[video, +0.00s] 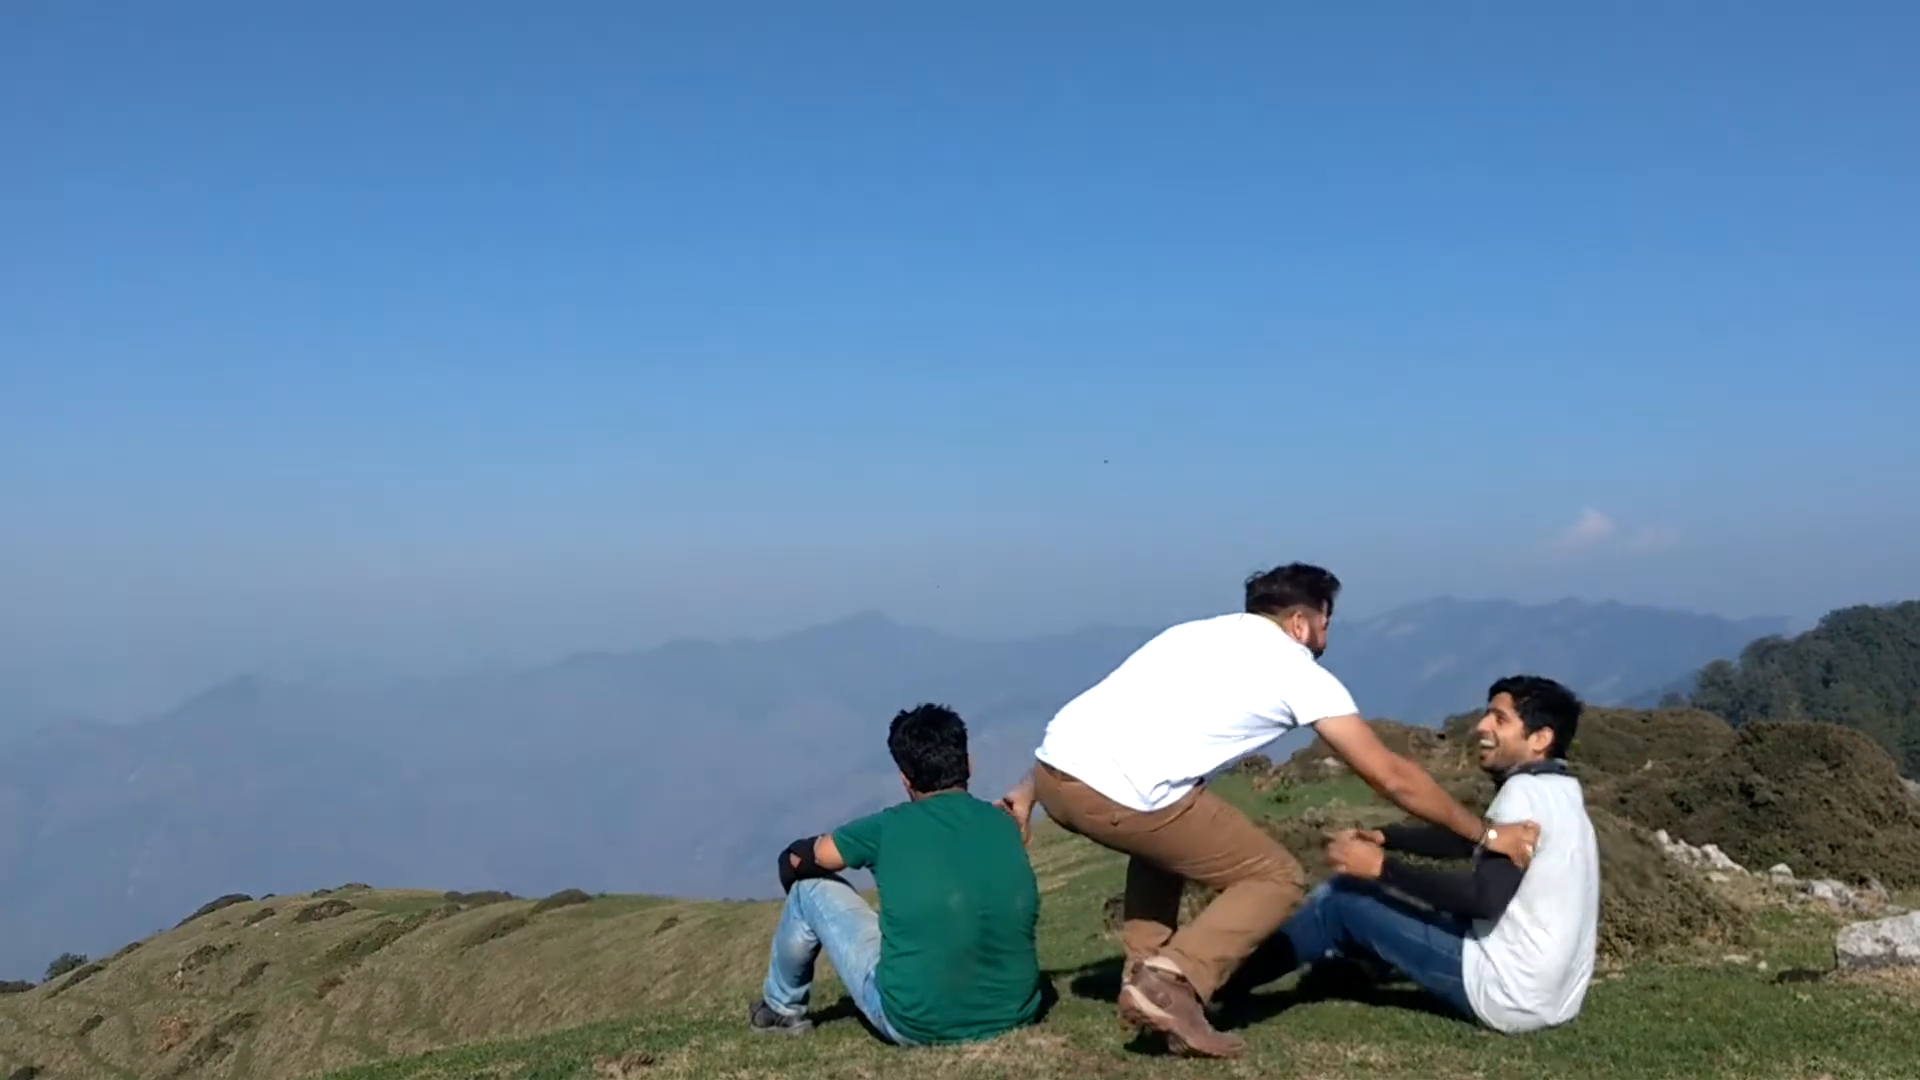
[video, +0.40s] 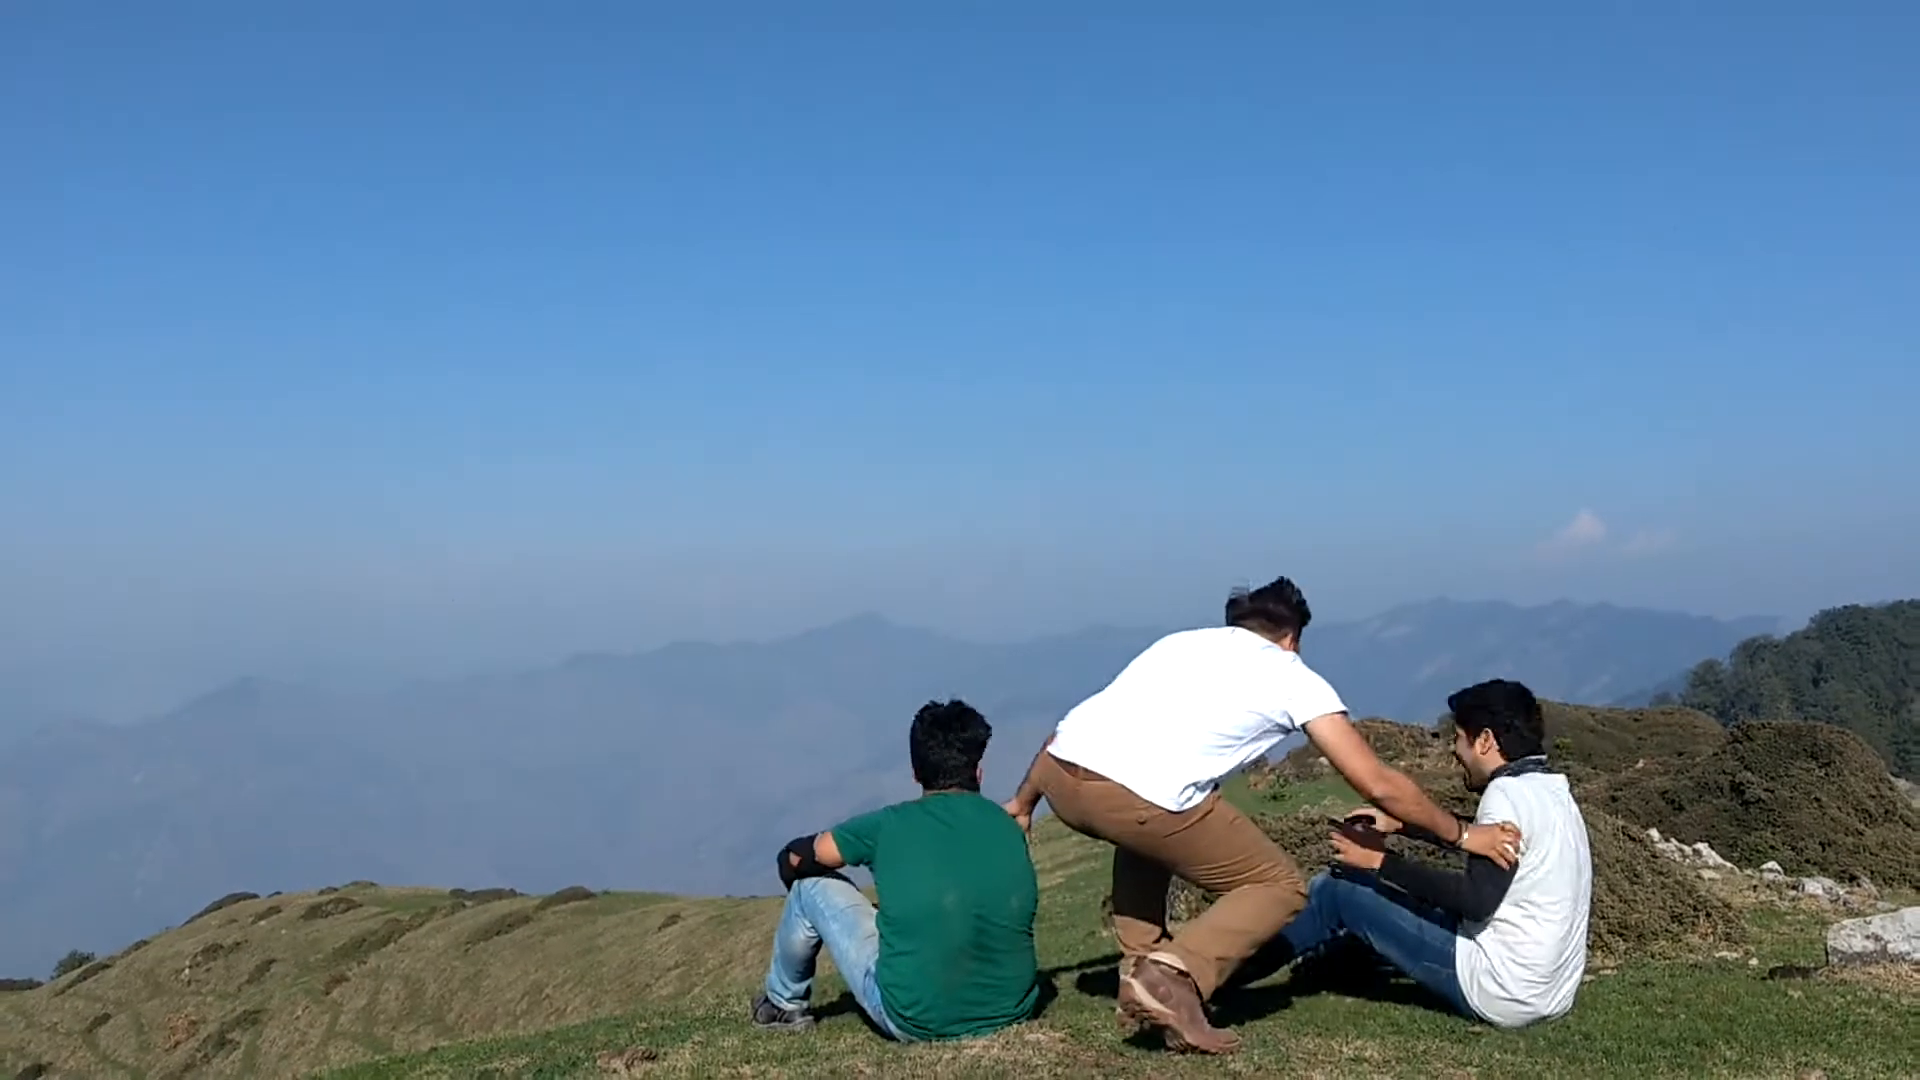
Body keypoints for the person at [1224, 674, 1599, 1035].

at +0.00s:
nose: (1481, 727)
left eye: (1499, 718)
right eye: (1487, 714)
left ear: (1540, 740)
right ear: (1541, 743)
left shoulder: (1524, 793)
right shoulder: (1562, 793)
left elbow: (1485, 900)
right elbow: (1469, 841)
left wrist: (1383, 869)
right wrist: (1384, 837)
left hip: (1505, 993)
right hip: (1549, 990)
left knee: (1338, 902)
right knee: (1370, 879)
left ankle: (1216, 982)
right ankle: (1350, 963)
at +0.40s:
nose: (1457, 752)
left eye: (1459, 738)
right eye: (1456, 739)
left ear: (1487, 741)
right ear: (1511, 740)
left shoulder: (1506, 795)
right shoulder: (1554, 789)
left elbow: (1479, 901)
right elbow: (1473, 847)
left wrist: (1381, 864)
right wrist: (1399, 825)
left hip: (1499, 991)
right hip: (1548, 985)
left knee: (1334, 891)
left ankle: (1215, 973)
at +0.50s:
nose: (1454, 753)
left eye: (1452, 743)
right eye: (1455, 740)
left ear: (1461, 750)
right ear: (1521, 738)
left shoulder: (1493, 802)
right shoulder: (1556, 795)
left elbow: (1487, 916)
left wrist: (1387, 894)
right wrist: (1435, 838)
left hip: (1504, 994)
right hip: (1554, 989)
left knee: (1337, 886)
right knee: (1443, 885)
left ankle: (1228, 973)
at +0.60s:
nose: (1453, 752)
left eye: (1450, 743)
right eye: (1451, 740)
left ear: (1458, 751)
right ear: (1518, 737)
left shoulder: (1486, 801)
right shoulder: (1555, 792)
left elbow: (1489, 908)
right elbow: (1587, 864)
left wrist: (1387, 907)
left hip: (1501, 992)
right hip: (1555, 994)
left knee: (1331, 881)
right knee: (1437, 888)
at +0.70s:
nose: (1448, 758)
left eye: (1447, 745)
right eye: (1445, 746)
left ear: (1467, 745)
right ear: (1517, 740)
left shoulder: (1487, 796)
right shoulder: (1556, 796)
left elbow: (1484, 901)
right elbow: (1609, 863)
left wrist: (1382, 891)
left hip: (1500, 991)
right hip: (1554, 994)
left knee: (1337, 874)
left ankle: (1222, 975)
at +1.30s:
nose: (1443, 733)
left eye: (1458, 722)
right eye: (1445, 720)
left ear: (1501, 737)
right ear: (1503, 742)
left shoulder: (1497, 796)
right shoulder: (1544, 794)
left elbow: (1516, 889)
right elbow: (1601, 881)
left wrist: (1418, 920)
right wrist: (1618, 974)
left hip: (1498, 989)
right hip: (1546, 993)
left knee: (1334, 879)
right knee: (1433, 901)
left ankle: (1207, 975)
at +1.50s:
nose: (1448, 727)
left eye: (1464, 715)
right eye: (1451, 714)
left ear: (1507, 733)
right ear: (1507, 738)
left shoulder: (1497, 790)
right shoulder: (1543, 784)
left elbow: (1528, 895)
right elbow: (1591, 878)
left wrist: (1508, 1011)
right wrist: (1589, 973)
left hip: (1491, 979)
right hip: (1546, 988)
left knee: (1335, 879)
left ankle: (1211, 975)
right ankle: (1333, 979)